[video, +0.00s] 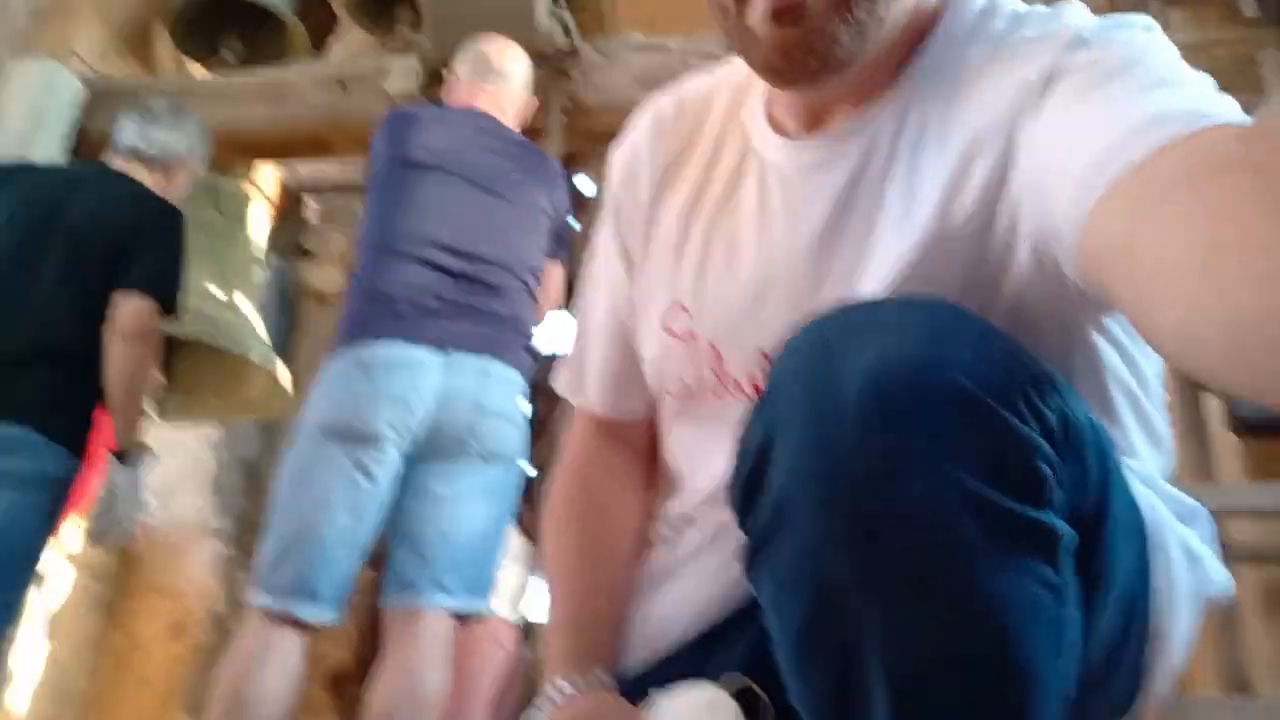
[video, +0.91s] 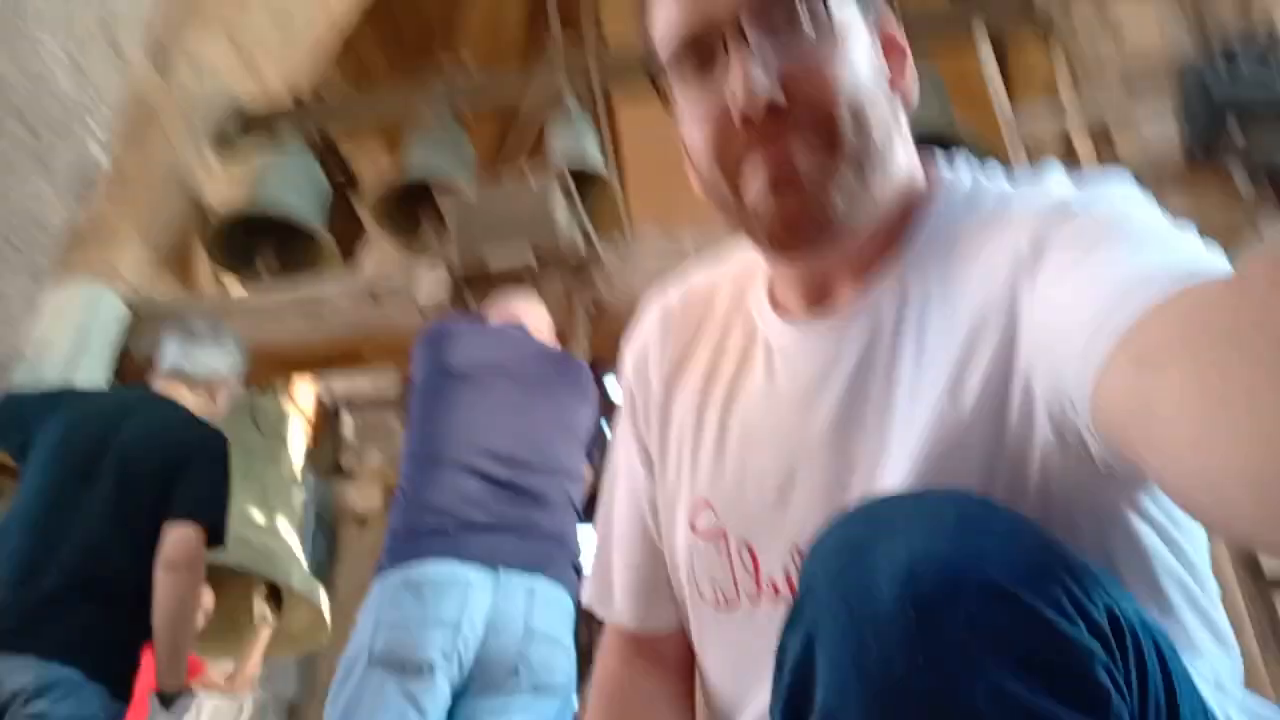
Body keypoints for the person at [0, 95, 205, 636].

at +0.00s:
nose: (187, 194)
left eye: (192, 183)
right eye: (191, 181)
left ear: (113, 147)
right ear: (177, 169)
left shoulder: (22, 183)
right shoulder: (153, 216)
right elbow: (131, 322)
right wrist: (126, 446)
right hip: (34, 439)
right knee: (1, 610)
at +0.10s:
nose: (127, 125)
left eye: (133, 115)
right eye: (133, 113)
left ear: (56, 75)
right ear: (120, 103)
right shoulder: (97, 155)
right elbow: (77, 274)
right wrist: (81, 403)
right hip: (13, 392)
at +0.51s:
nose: (140, 112)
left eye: (145, 102)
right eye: (145, 101)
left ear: (69, 66)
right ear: (131, 91)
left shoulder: (9, 100)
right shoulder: (111, 143)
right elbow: (93, 264)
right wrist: (100, 388)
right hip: (18, 381)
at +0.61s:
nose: (201, 182)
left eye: (205, 171)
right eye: (204, 169)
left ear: (126, 140)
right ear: (192, 160)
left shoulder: (28, 177)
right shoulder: (170, 215)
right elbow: (157, 330)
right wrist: (162, 453)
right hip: (64, 441)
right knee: (23, 628)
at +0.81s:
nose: (219, 233)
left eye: (222, 220)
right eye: (221, 219)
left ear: (144, 196)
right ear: (208, 212)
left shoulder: (54, 228)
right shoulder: (186, 267)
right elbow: (166, 378)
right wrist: (166, 505)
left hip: (3, 457)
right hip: (73, 485)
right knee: (19, 669)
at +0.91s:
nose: (230, 409)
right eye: (234, 397)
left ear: (157, 368)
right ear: (222, 389)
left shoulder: (71, 406)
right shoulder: (199, 441)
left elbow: (6, 413)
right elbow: (178, 556)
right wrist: (172, 692)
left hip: (6, 647)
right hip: (79, 673)